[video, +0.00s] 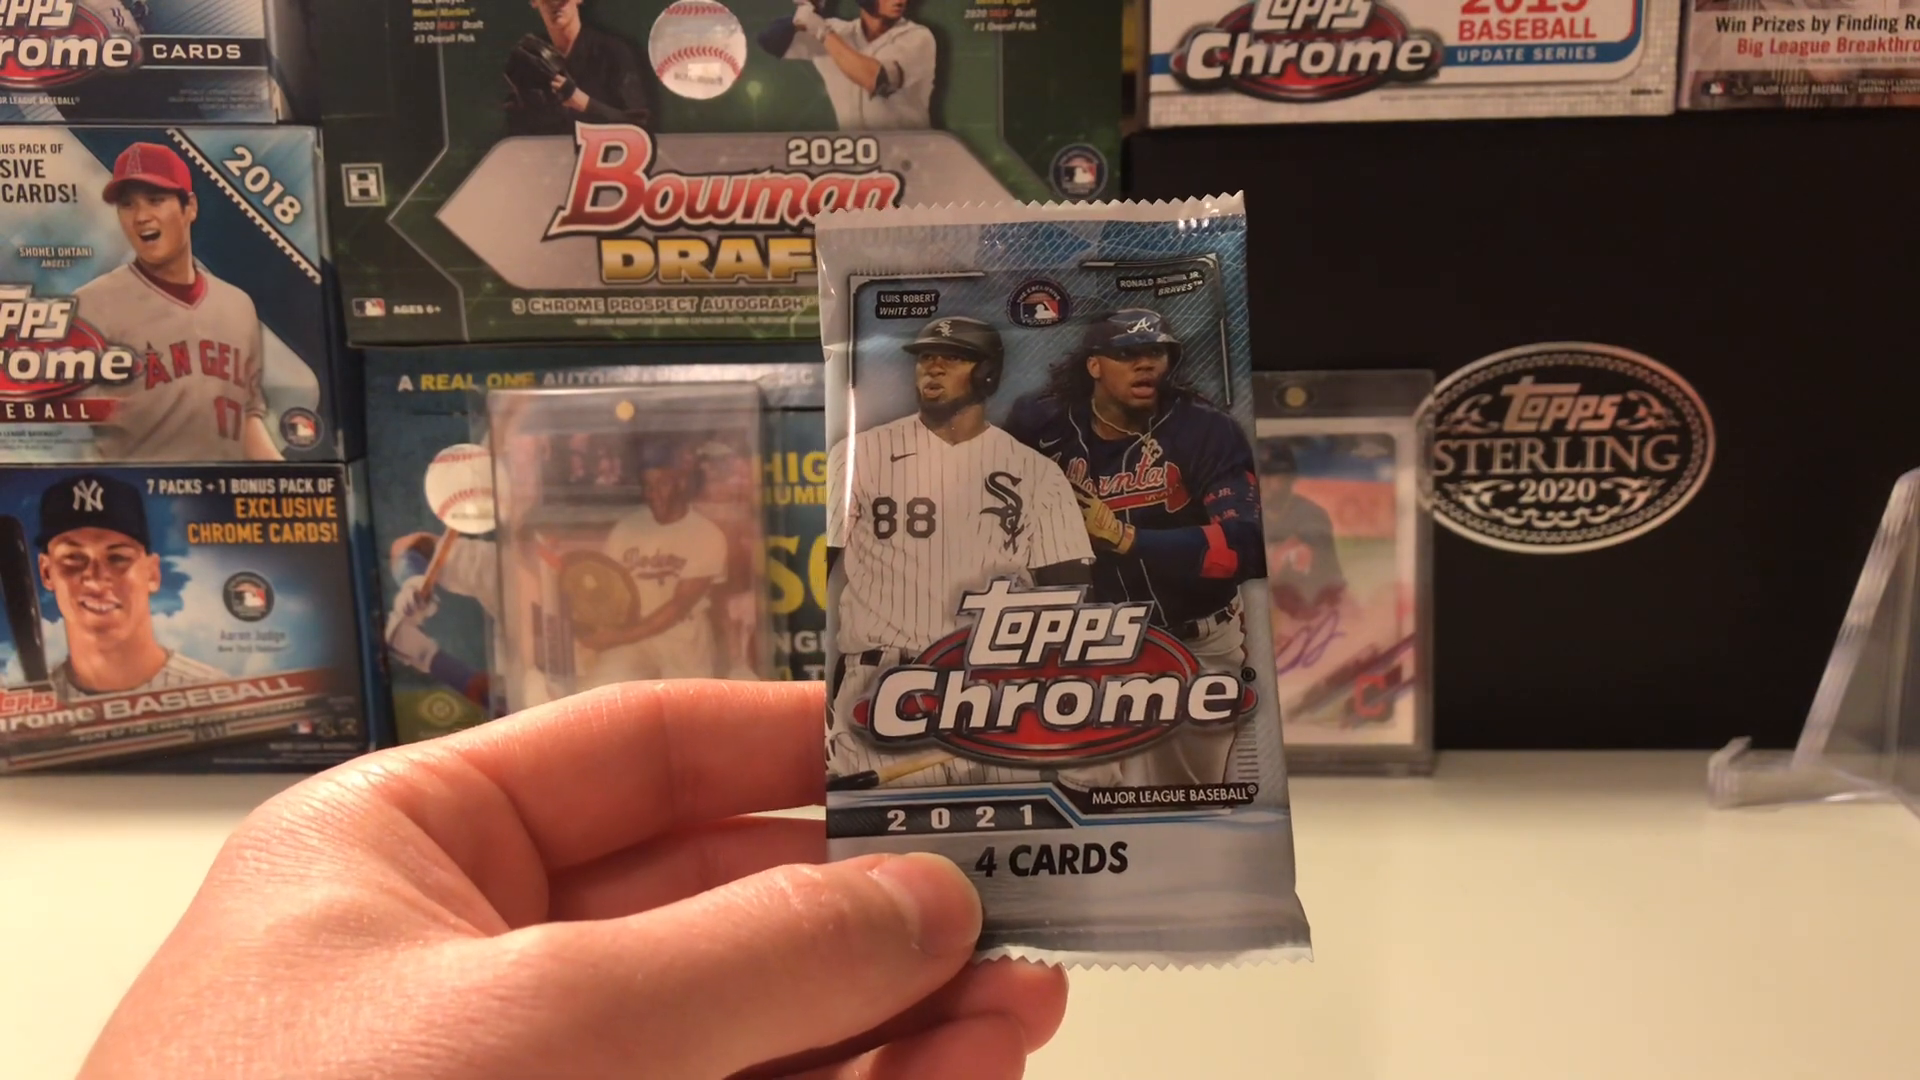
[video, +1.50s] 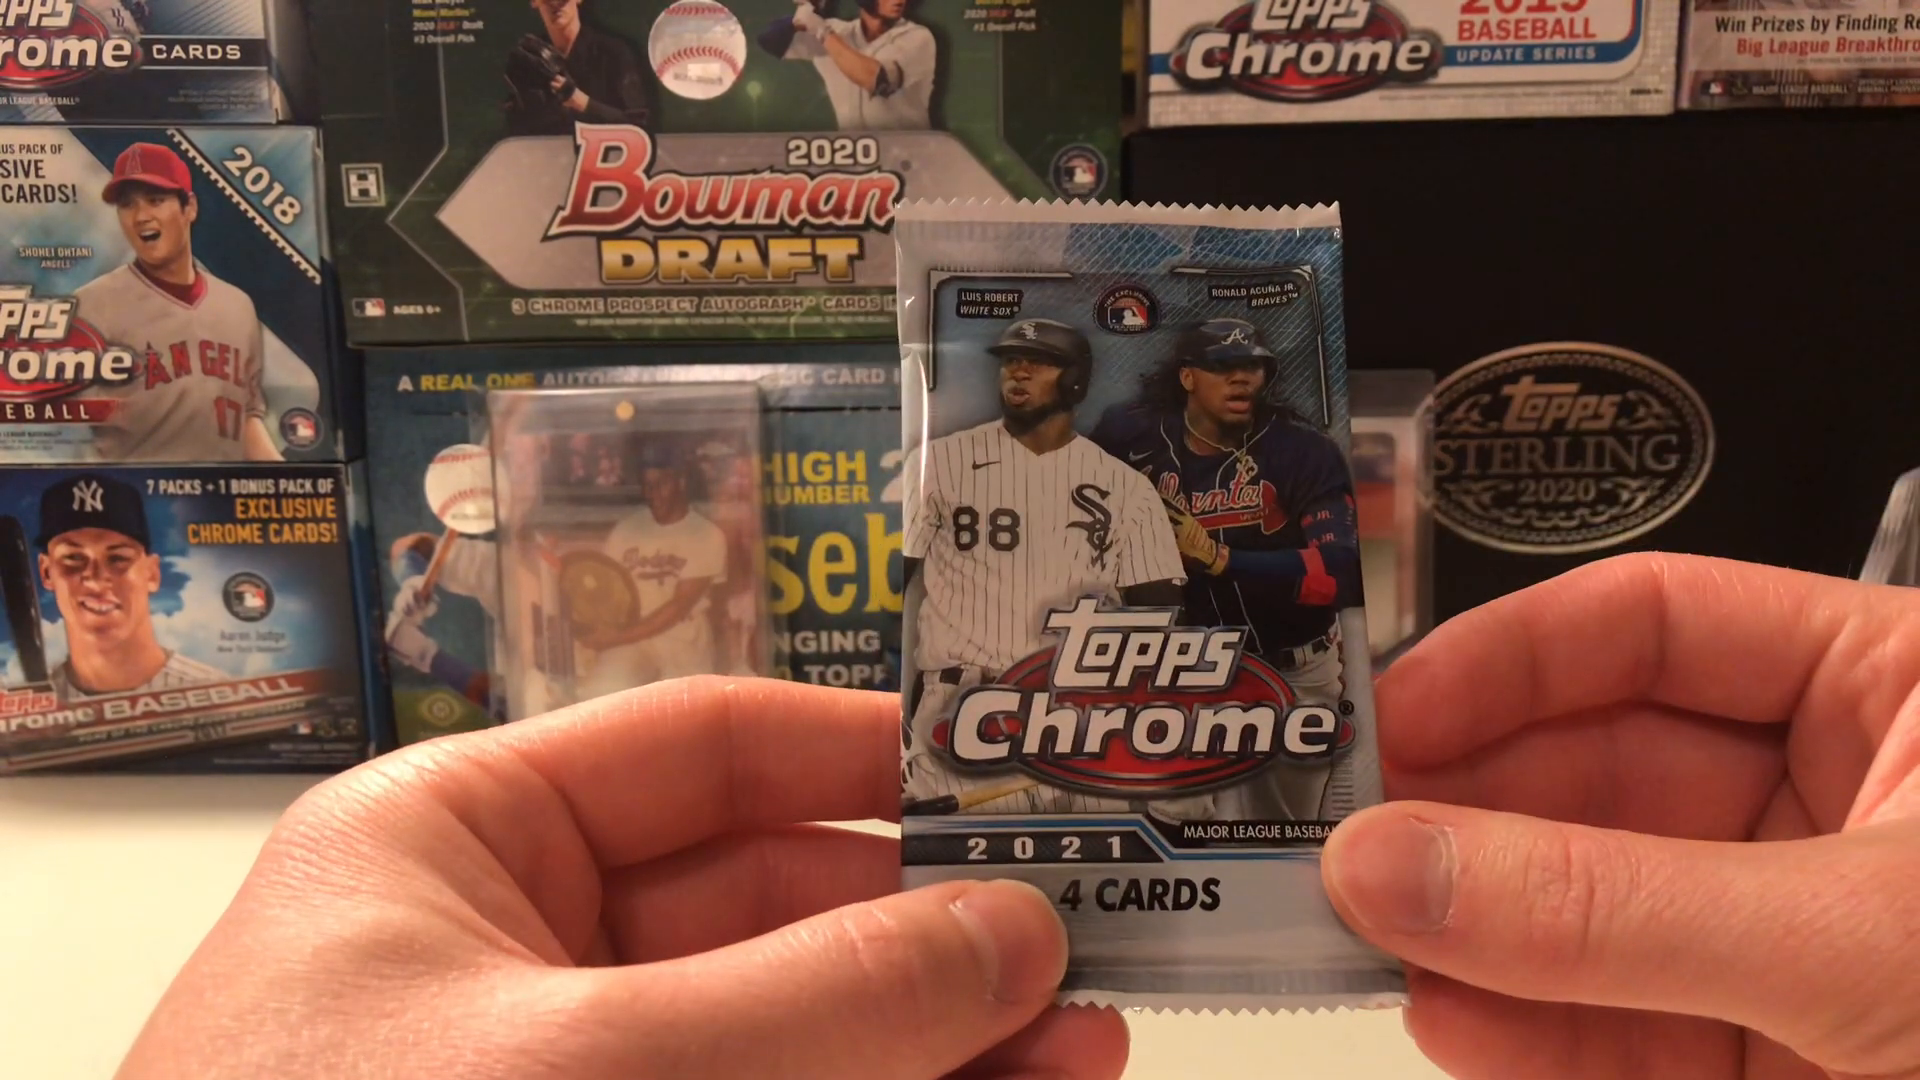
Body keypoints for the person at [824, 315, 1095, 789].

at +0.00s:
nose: (932, 369)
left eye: (950, 358)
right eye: (925, 357)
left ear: (985, 373)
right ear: (915, 367)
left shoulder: (1037, 475)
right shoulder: (856, 459)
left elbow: (1066, 597)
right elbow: (827, 575)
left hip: (992, 699)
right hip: (873, 697)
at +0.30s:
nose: (957, 367)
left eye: (975, 356)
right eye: (950, 356)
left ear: (1011, 372)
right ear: (939, 366)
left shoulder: (1065, 476)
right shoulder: (882, 461)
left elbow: (1097, 600)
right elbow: (832, 579)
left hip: (1023, 705)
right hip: (902, 704)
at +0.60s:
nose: (971, 373)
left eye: (989, 363)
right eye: (964, 362)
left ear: (1024, 378)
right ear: (953, 372)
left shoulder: (1079, 481)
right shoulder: (896, 465)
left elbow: (1114, 603)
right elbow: (852, 587)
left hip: (1038, 717)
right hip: (917, 714)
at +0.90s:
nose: (983, 370)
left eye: (1001, 360)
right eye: (976, 359)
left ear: (1037, 376)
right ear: (965, 369)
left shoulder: (1093, 483)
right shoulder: (908, 463)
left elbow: (1125, 607)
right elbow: (861, 589)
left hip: (1049, 713)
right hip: (927, 712)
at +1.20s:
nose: (1012, 370)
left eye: (1031, 360)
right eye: (1006, 358)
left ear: (1067, 376)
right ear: (994, 367)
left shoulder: (1122, 490)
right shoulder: (933, 463)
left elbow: (1149, 622)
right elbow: (902, 590)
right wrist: (898, 719)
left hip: (1071, 723)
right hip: (949, 717)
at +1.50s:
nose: (1018, 373)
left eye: (1036, 363)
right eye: (1011, 361)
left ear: (1072, 380)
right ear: (999, 370)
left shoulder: (1126, 489)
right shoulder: (939, 464)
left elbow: (1156, 620)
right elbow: (911, 598)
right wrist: (903, 719)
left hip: (1079, 722)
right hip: (956, 717)